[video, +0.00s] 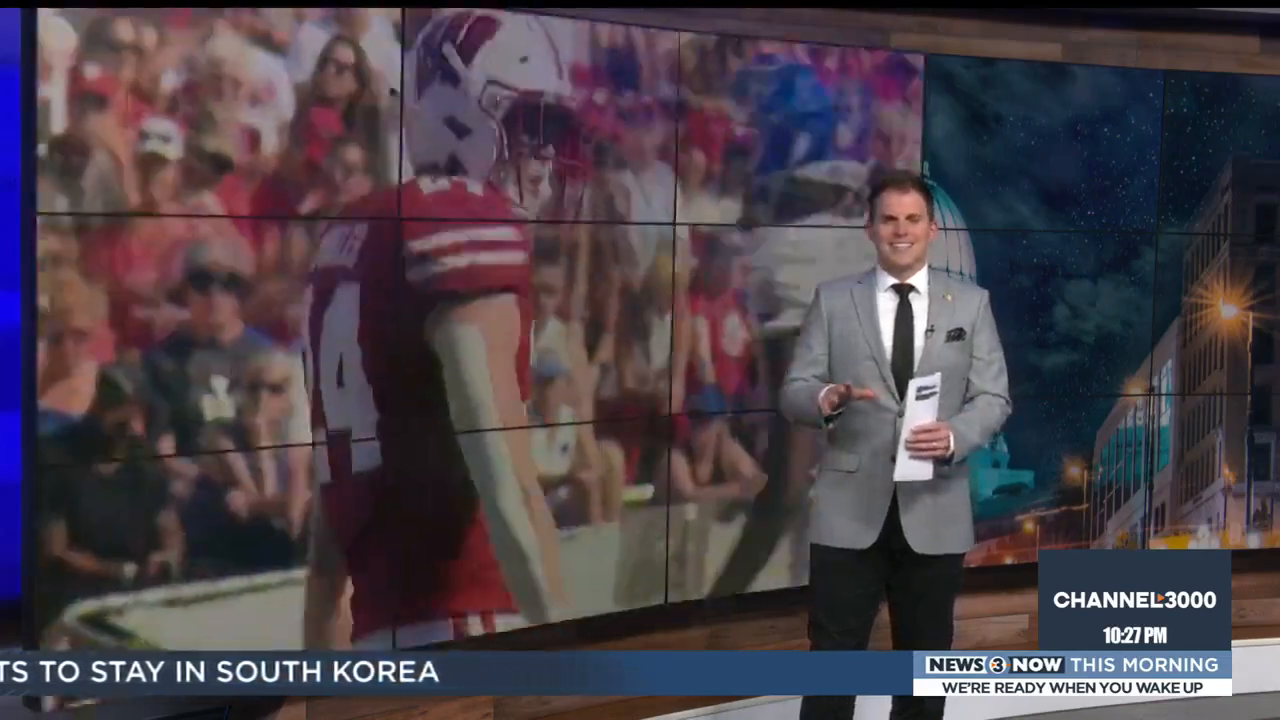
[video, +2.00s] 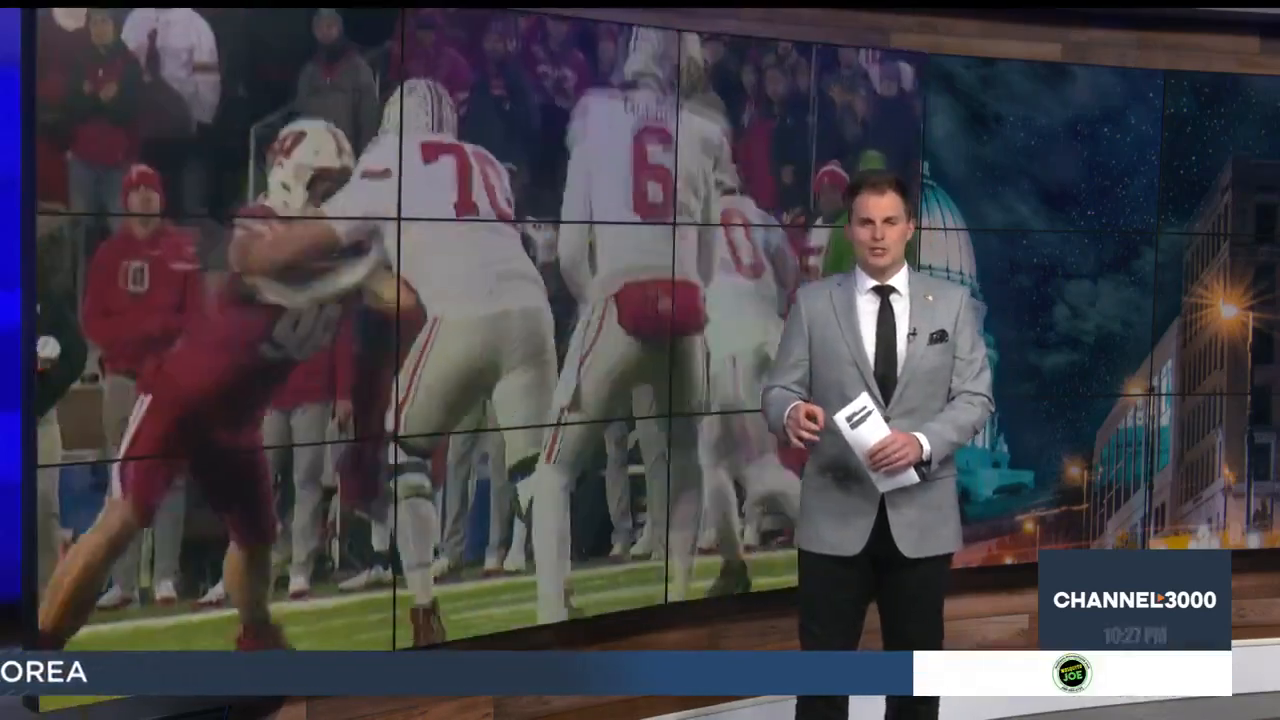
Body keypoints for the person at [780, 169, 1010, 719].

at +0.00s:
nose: (901, 230)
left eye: (913, 219)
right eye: (889, 219)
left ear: (932, 227)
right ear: (871, 228)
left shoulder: (969, 301)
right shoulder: (833, 300)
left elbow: (993, 398)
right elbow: (794, 391)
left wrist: (955, 434)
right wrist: (822, 399)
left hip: (933, 508)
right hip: (848, 507)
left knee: (926, 665)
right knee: (832, 663)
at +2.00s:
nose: (877, 234)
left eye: (889, 221)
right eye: (865, 222)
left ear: (910, 228)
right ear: (849, 230)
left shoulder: (953, 303)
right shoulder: (812, 302)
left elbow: (973, 401)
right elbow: (779, 390)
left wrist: (923, 441)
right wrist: (788, 412)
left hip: (920, 515)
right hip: (834, 513)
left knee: (917, 672)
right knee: (822, 672)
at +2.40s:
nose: (882, 235)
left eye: (895, 222)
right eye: (870, 223)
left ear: (916, 228)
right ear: (854, 230)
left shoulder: (958, 301)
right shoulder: (819, 302)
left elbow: (981, 400)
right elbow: (787, 392)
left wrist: (933, 443)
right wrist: (799, 417)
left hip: (927, 514)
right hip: (839, 512)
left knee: (922, 672)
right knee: (828, 672)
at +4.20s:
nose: (901, 234)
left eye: (914, 222)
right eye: (889, 222)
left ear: (933, 230)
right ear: (872, 229)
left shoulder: (970, 304)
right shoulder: (836, 302)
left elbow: (994, 400)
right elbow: (793, 392)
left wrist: (959, 456)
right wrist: (858, 396)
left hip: (938, 517)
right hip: (852, 515)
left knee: (929, 674)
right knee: (835, 673)